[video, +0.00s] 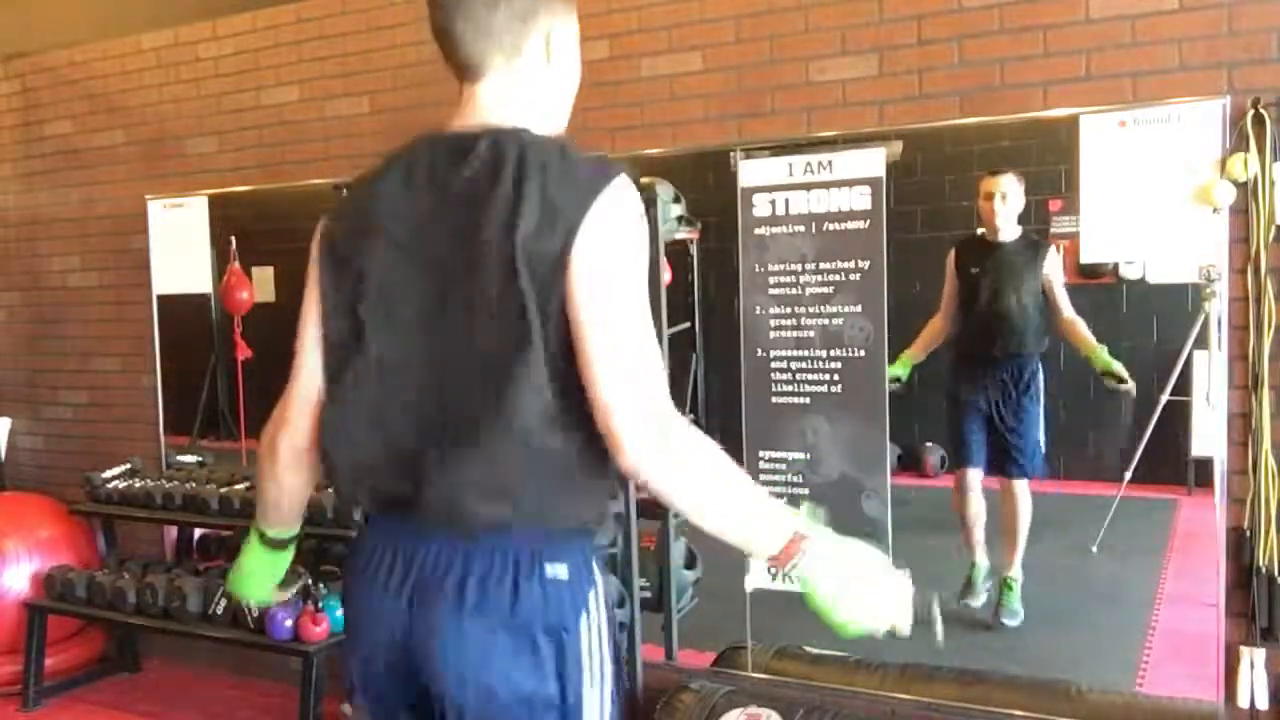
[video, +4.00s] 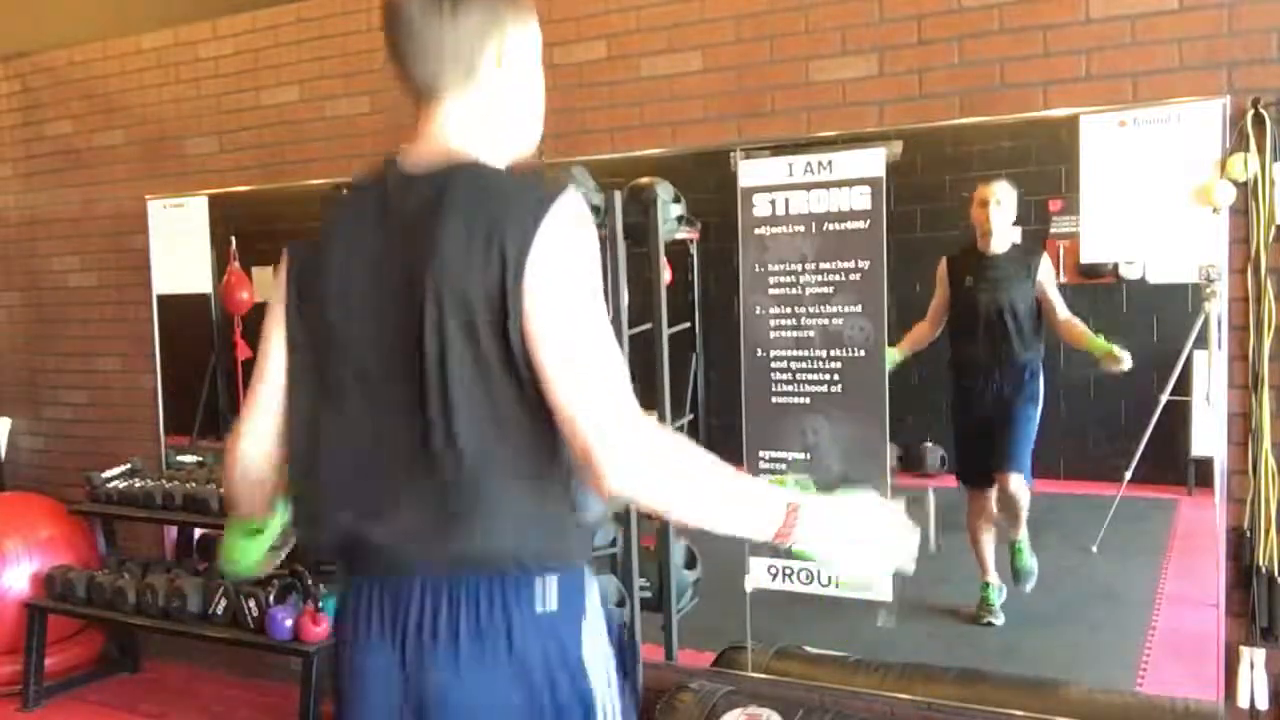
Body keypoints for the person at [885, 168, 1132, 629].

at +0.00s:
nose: (995, 205)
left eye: (1004, 197)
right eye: (988, 197)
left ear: (1022, 203)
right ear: (977, 204)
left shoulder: (1043, 255)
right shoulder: (961, 254)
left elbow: (1066, 318)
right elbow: (945, 318)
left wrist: (1100, 358)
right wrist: (906, 359)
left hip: (1022, 376)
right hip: (970, 375)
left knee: (1015, 479)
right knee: (967, 478)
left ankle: (1012, 580)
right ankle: (977, 567)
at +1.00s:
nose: (974, 234)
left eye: (983, 225)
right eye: (968, 226)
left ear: (1001, 229)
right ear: (960, 231)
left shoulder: (1026, 277)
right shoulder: (946, 282)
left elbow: (1055, 332)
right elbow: (935, 338)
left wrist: (1089, 339)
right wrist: (897, 352)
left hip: (1019, 394)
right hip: (969, 395)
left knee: (1014, 494)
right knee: (980, 495)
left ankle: (1017, 598)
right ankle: (996, 585)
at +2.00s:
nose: (990, 208)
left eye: (999, 200)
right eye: (983, 200)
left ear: (1017, 208)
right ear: (973, 208)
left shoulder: (1038, 260)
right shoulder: (956, 258)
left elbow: (1062, 319)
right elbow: (936, 318)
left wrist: (1095, 351)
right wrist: (898, 354)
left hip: (1015, 381)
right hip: (966, 379)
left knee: (1010, 483)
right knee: (965, 482)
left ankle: (1007, 580)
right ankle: (972, 579)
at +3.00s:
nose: (991, 229)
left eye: (999, 221)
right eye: (985, 221)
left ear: (1018, 226)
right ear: (976, 227)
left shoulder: (1042, 276)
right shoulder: (960, 278)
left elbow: (1067, 333)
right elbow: (942, 335)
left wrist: (1106, 348)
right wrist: (903, 351)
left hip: (1024, 391)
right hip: (974, 392)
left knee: (1016, 495)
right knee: (980, 501)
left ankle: (1011, 589)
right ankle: (996, 545)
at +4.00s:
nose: (988, 213)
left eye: (997, 204)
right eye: (982, 204)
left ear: (1014, 213)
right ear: (971, 212)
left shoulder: (1034, 263)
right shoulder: (953, 266)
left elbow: (1062, 320)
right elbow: (932, 323)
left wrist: (1099, 347)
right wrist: (897, 352)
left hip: (1021, 382)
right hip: (971, 383)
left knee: (1011, 484)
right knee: (979, 494)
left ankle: (1017, 543)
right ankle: (989, 585)